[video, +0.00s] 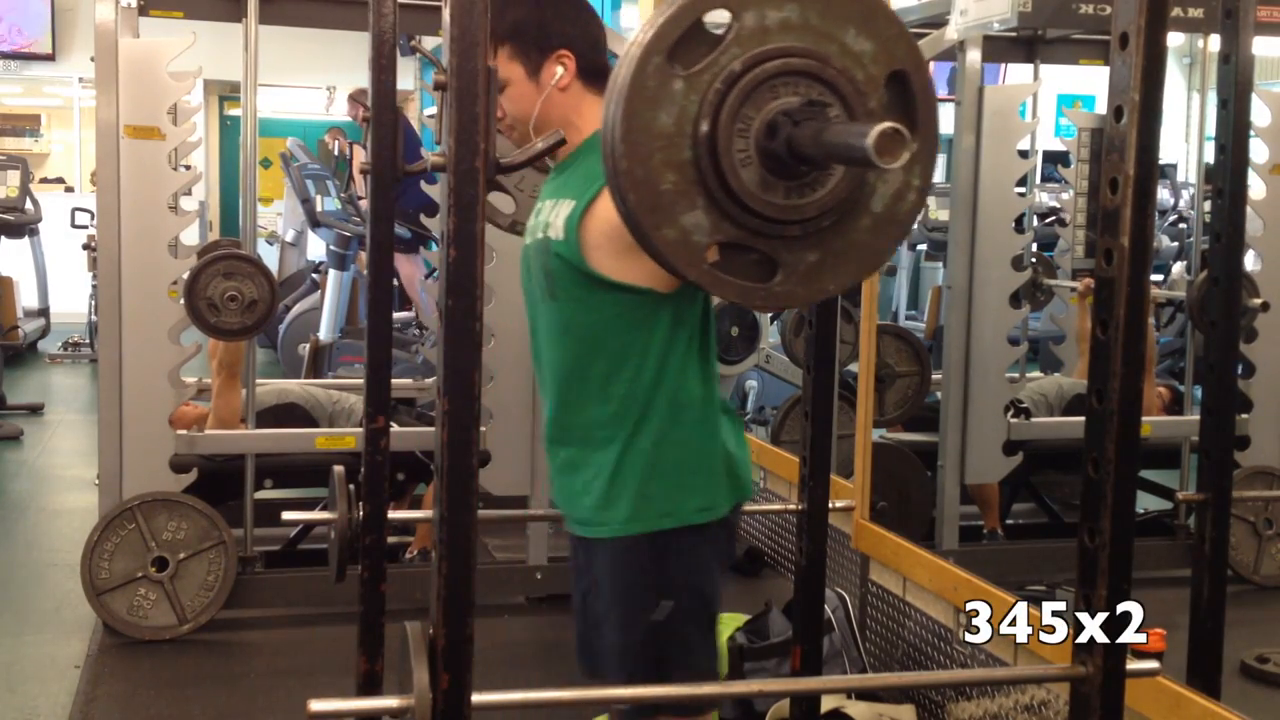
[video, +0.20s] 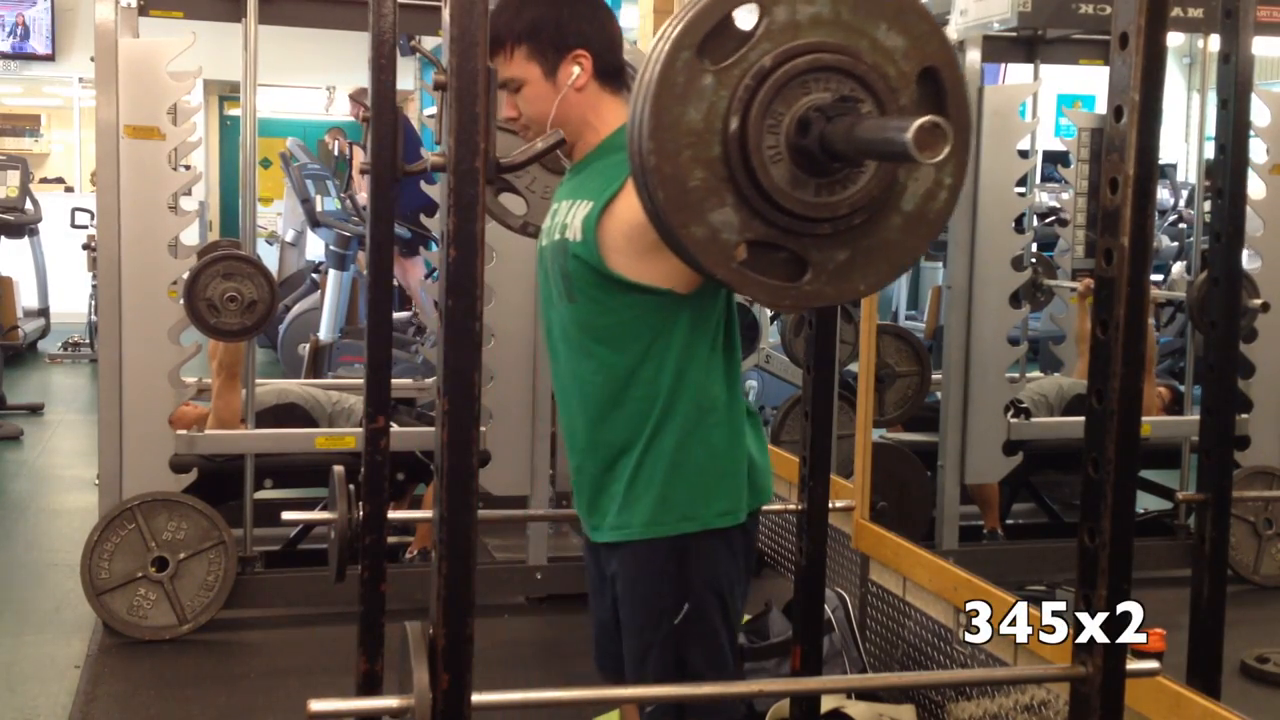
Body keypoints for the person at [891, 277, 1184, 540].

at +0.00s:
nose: (1154, 393)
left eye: (1161, 397)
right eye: (1158, 391)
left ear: (1160, 412)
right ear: (1146, 386)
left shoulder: (1132, 415)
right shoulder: (1100, 391)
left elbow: (1144, 364)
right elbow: (1086, 345)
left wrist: (1144, 311)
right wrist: (1084, 300)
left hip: (1025, 412)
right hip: (1009, 399)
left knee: (978, 449)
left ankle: (992, 531)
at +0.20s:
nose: (1154, 392)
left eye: (1161, 396)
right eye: (1157, 390)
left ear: (1161, 412)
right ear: (1146, 386)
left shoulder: (1133, 416)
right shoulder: (1100, 390)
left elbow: (1144, 364)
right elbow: (1086, 346)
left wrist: (1144, 311)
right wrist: (1084, 300)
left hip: (1024, 413)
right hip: (1007, 399)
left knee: (977, 448)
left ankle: (992, 530)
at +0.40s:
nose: (1155, 394)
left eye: (1161, 397)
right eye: (1158, 391)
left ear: (1160, 412)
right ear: (1146, 386)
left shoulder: (1130, 417)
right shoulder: (1099, 391)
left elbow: (1145, 365)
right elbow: (1086, 346)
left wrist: (1145, 311)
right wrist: (1083, 300)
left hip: (1022, 413)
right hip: (1006, 398)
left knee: (978, 449)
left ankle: (992, 530)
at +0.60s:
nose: (1155, 394)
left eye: (1161, 397)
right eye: (1158, 391)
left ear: (1161, 412)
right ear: (1147, 386)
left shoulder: (1133, 416)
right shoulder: (1101, 390)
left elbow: (1145, 363)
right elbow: (1085, 345)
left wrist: (1145, 311)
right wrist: (1083, 300)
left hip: (1023, 414)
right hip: (1008, 399)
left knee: (978, 450)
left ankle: (992, 530)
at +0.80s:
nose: (1154, 393)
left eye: (1160, 397)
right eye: (1157, 390)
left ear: (1162, 412)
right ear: (1146, 387)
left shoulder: (1136, 416)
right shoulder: (1104, 393)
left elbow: (1146, 365)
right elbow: (1083, 352)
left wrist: (1144, 310)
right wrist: (1082, 303)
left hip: (1021, 414)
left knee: (977, 449)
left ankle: (992, 529)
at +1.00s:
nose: (1157, 392)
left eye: (1162, 394)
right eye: (1160, 391)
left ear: (1164, 406)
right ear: (1152, 393)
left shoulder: (1137, 411)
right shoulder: (1092, 390)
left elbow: (1151, 380)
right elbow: (1073, 358)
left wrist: (1146, 325)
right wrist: (1082, 312)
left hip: (1016, 415)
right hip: (1001, 406)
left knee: (977, 454)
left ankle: (993, 529)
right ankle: (992, 526)